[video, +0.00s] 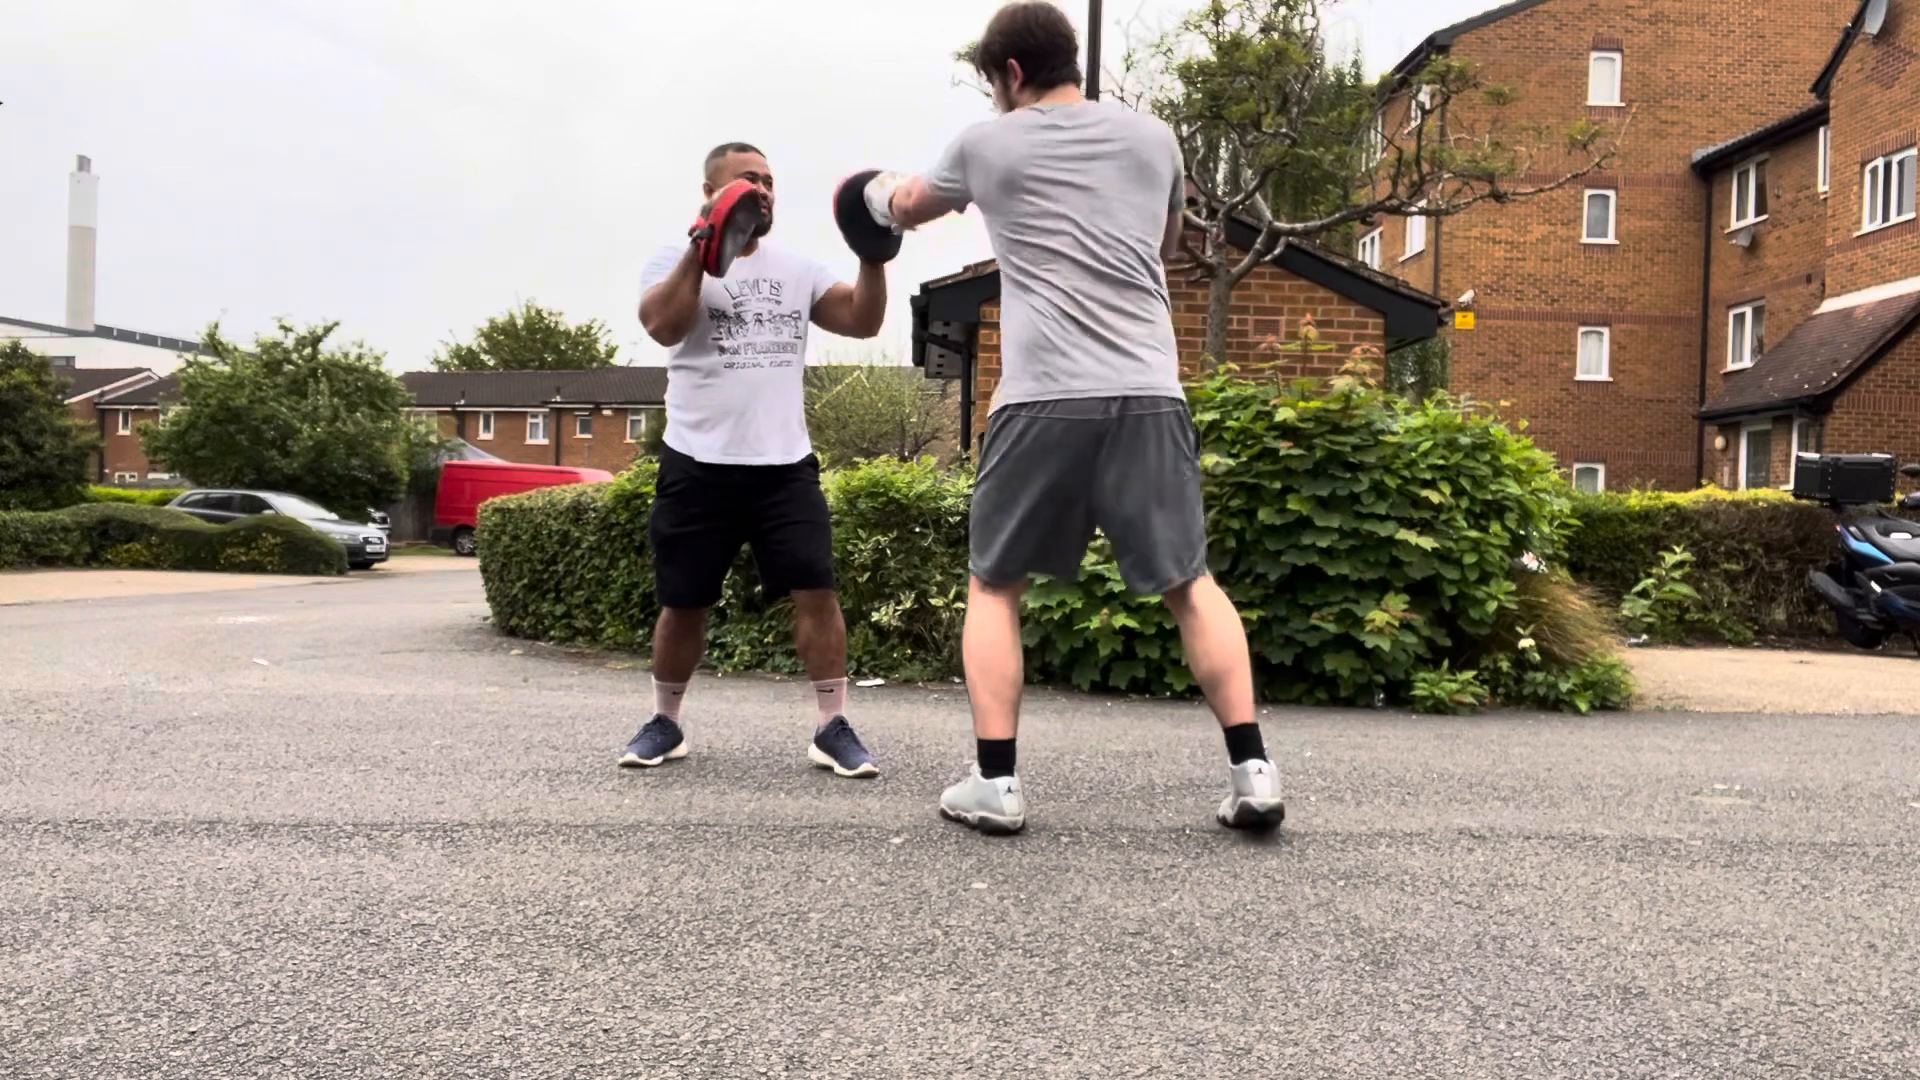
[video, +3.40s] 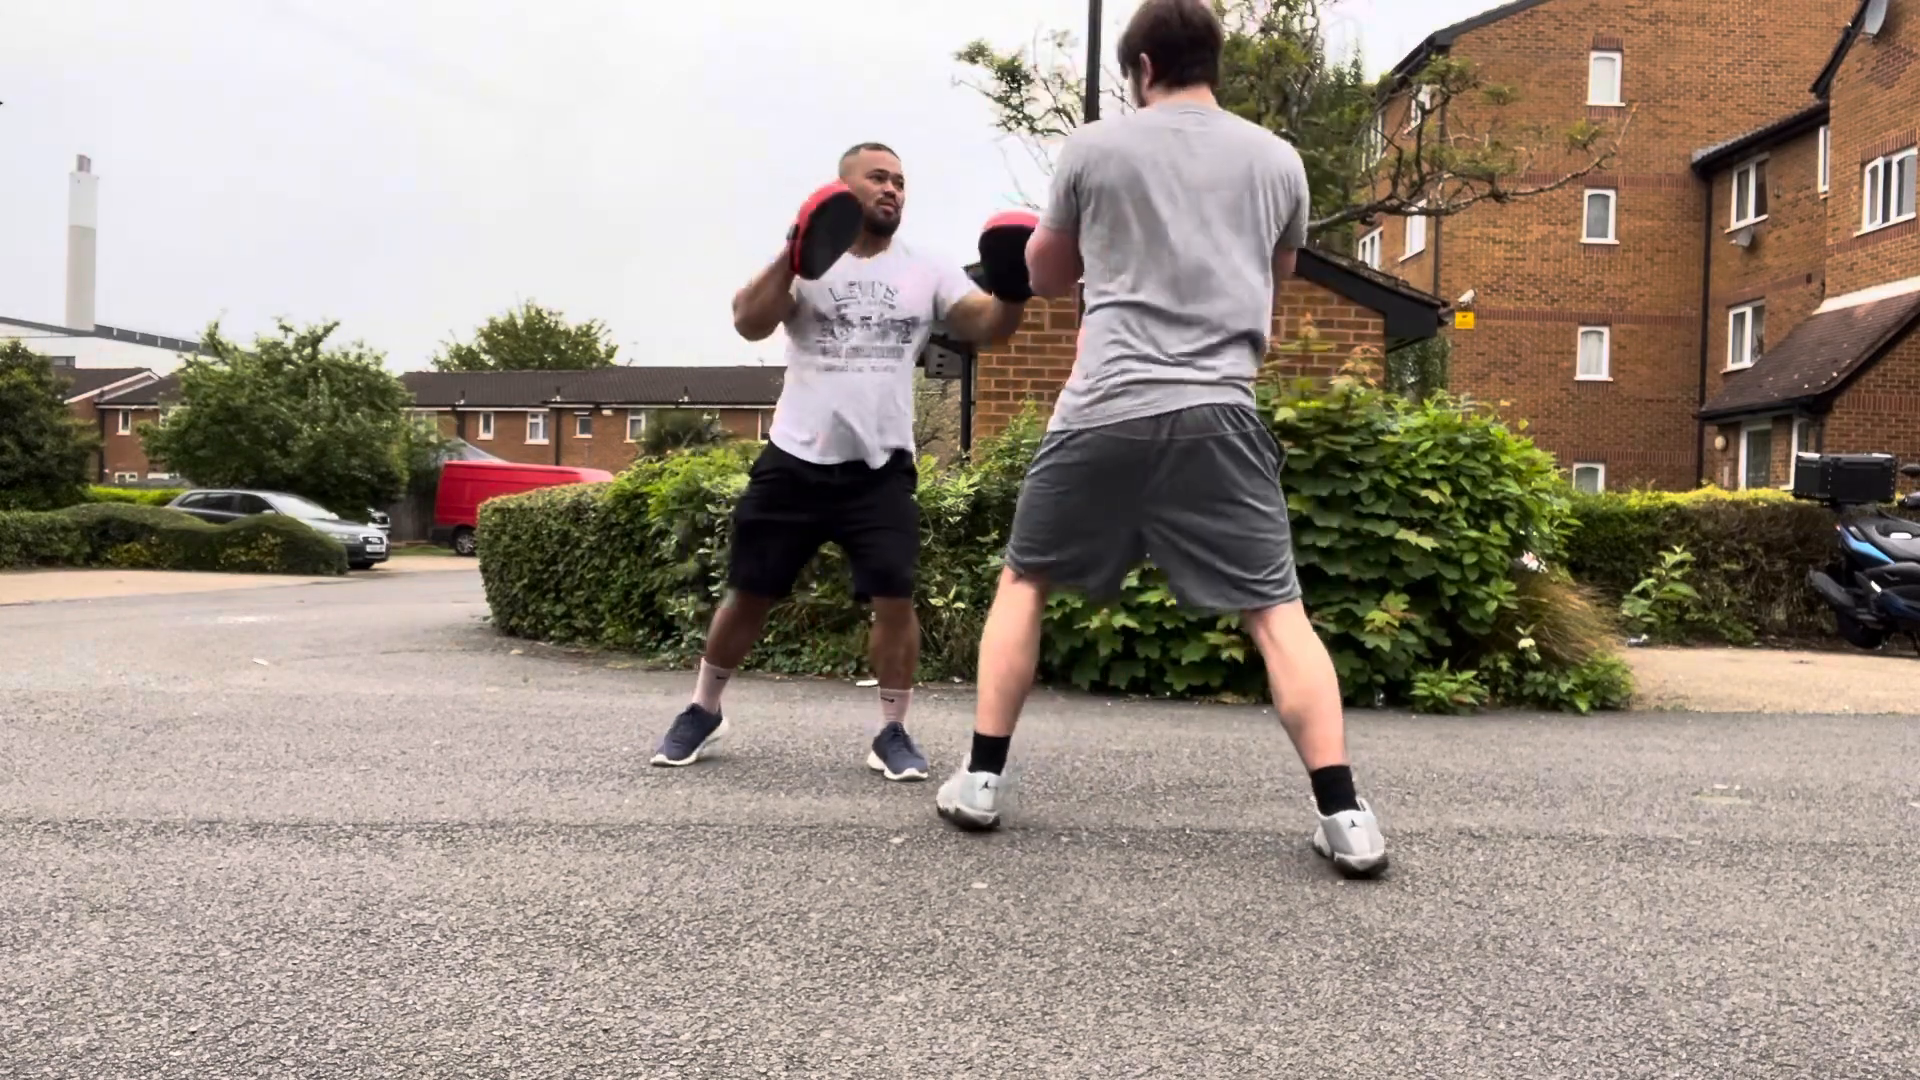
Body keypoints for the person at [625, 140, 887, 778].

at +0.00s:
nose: (761, 188)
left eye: (768, 180)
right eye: (745, 179)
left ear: (776, 195)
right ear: (711, 193)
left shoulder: (795, 265)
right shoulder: (673, 261)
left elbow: (863, 320)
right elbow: (664, 329)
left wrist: (873, 255)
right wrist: (700, 252)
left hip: (785, 460)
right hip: (698, 461)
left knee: (816, 586)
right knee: (682, 599)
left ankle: (834, 724)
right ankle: (665, 721)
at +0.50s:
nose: (812, 187)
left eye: (820, 180)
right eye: (797, 175)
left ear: (828, 199)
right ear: (760, 192)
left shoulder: (851, 269)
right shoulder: (727, 264)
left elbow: (929, 309)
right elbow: (694, 336)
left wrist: (944, 245)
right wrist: (751, 275)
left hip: (823, 469)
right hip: (735, 466)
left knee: (847, 591)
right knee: (702, 602)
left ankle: (847, 731)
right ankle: (666, 721)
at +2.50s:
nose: (792, 193)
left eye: (799, 185)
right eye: (777, 183)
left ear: (807, 200)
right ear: (743, 197)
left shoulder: (827, 268)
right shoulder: (705, 266)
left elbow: (905, 292)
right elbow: (688, 333)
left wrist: (923, 225)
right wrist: (727, 257)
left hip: (813, 464)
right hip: (727, 465)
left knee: (839, 590)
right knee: (712, 601)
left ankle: (851, 728)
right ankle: (699, 721)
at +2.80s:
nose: (810, 196)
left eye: (815, 188)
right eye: (797, 185)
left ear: (821, 204)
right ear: (765, 197)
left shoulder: (829, 282)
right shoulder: (726, 260)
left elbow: (869, 365)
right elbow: (730, 294)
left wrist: (905, 317)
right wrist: (757, 214)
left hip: (819, 462)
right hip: (736, 461)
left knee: (857, 579)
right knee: (719, 601)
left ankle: (868, 720)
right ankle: (699, 720)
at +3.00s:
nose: (828, 194)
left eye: (834, 187)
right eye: (813, 184)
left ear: (843, 201)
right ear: (778, 198)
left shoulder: (858, 278)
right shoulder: (743, 261)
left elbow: (907, 358)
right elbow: (719, 314)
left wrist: (926, 297)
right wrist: (780, 254)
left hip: (838, 464)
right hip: (753, 461)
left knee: (871, 592)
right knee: (727, 603)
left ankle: (890, 729)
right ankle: (700, 721)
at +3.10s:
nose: (849, 191)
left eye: (856, 184)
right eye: (834, 180)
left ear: (864, 202)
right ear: (799, 195)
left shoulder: (891, 265)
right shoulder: (764, 270)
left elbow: (981, 274)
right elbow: (731, 351)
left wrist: (1006, 211)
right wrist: (795, 301)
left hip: (856, 466)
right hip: (768, 464)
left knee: (881, 591)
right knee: (734, 600)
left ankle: (892, 730)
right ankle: (700, 719)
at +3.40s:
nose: (892, 189)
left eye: (899, 181)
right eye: (877, 178)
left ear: (906, 196)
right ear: (841, 187)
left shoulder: (926, 268)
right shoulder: (806, 259)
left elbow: (993, 325)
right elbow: (749, 324)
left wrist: (1017, 275)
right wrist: (791, 256)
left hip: (883, 462)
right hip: (796, 455)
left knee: (896, 595)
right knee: (751, 589)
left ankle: (893, 730)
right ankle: (702, 710)